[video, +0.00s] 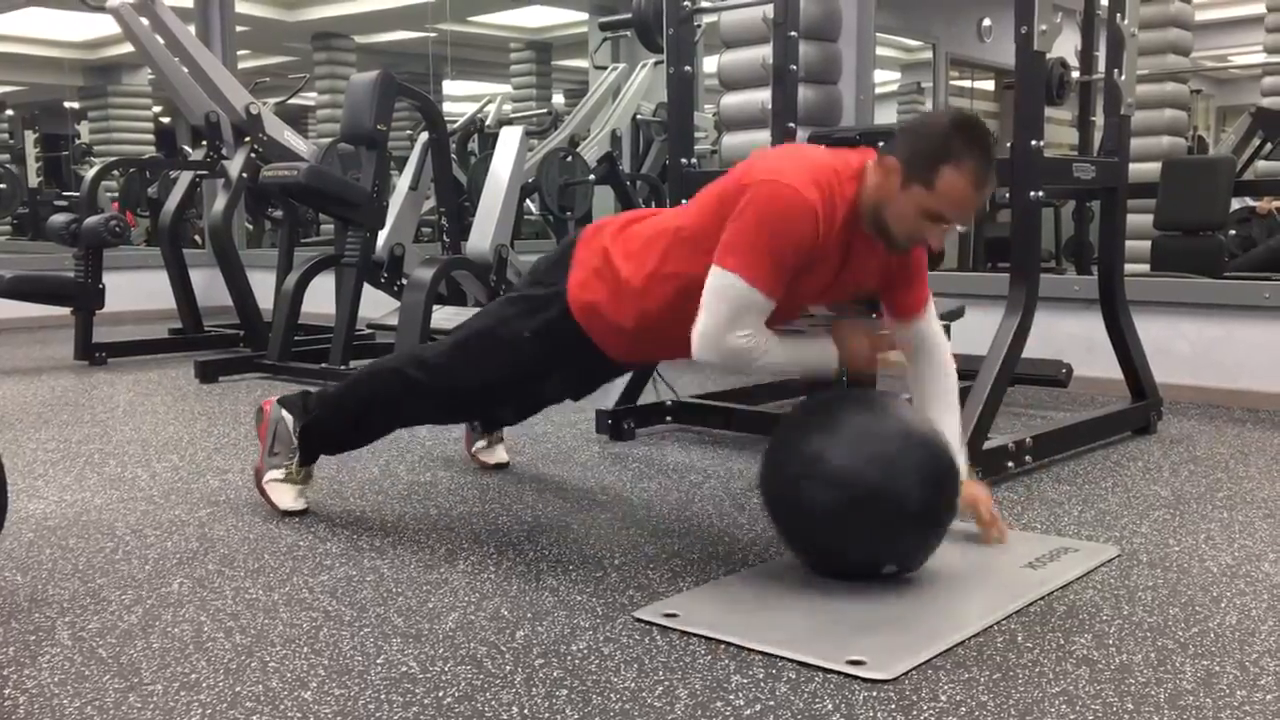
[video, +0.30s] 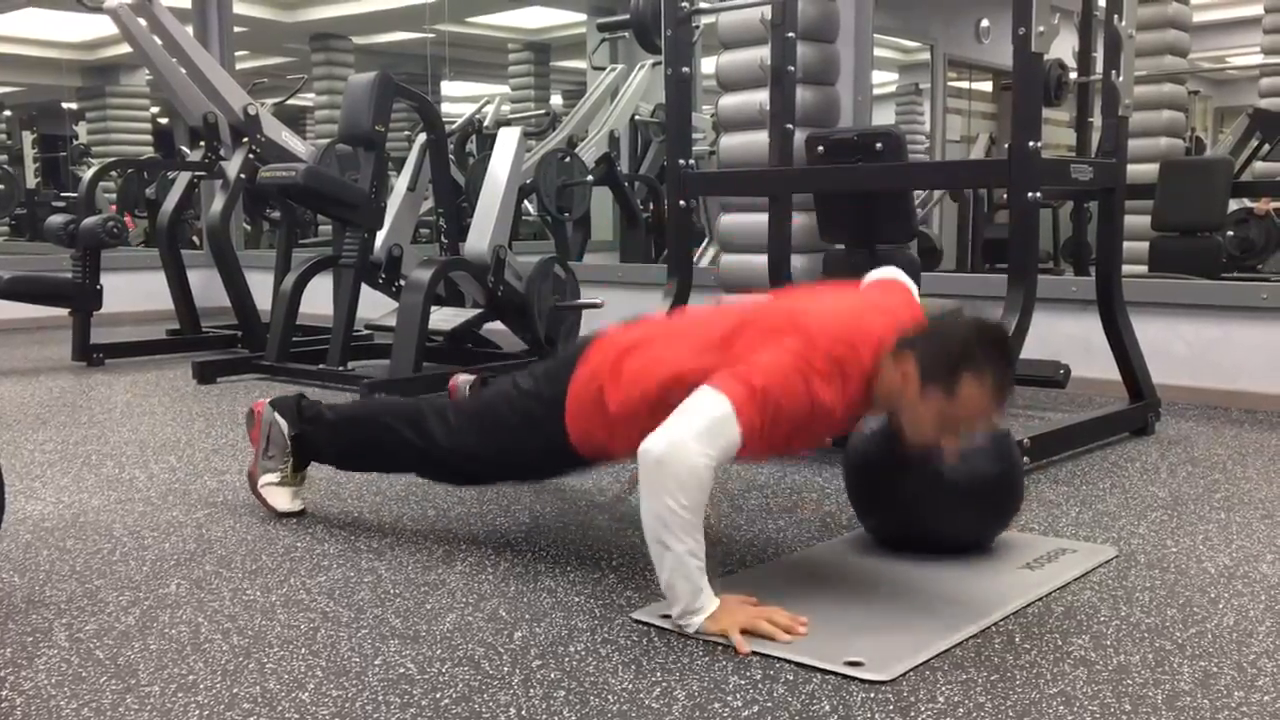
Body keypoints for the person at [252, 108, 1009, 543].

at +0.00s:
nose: (937, 239)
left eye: (952, 227)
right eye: (932, 216)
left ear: (952, 213)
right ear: (889, 172)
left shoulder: (899, 242)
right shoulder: (792, 196)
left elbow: (925, 356)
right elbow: (723, 347)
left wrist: (955, 468)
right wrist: (838, 350)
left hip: (644, 326)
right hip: (600, 286)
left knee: (536, 377)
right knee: (454, 375)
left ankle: (480, 414)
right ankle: (297, 424)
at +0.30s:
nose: (951, 444)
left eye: (969, 431)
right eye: (954, 425)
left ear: (948, 362)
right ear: (919, 382)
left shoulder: (902, 313)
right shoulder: (808, 369)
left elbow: (889, 273)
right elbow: (673, 457)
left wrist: (863, 385)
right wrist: (698, 603)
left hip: (646, 340)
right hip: (595, 393)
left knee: (496, 400)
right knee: (442, 437)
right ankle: (290, 426)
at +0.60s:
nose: (938, 522)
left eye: (956, 514)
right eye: (940, 505)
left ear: (924, 442)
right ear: (899, 454)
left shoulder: (897, 367)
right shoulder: (803, 432)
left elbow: (889, 288)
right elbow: (662, 474)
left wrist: (865, 431)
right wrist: (689, 603)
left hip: (654, 414)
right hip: (598, 462)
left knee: (566, 416)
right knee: (443, 469)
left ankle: (485, 397)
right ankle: (292, 426)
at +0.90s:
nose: (903, 281)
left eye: (917, 265)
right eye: (897, 259)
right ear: (842, 223)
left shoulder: (853, 236)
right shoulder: (745, 265)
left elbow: (865, 317)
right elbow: (684, 441)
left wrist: (860, 400)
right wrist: (693, 600)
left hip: (609, 330)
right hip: (555, 307)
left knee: (508, 388)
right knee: (425, 402)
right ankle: (270, 428)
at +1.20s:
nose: (922, 225)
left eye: (934, 211)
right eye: (917, 203)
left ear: (901, 182)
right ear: (865, 163)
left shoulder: (865, 217)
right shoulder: (768, 183)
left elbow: (873, 308)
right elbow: (651, 282)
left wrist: (882, 379)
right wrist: (766, 393)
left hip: (630, 325)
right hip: (566, 291)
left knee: (533, 386)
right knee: (436, 379)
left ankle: (462, 420)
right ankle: (279, 427)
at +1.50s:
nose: (972, 511)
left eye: (991, 508)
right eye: (973, 499)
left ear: (967, 438)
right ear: (938, 448)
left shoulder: (946, 406)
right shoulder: (855, 388)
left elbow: (912, 442)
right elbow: (707, 326)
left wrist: (947, 506)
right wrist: (718, 458)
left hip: (676, 447)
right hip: (638, 444)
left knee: (578, 418)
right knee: (476, 463)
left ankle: (483, 384)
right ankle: (312, 426)